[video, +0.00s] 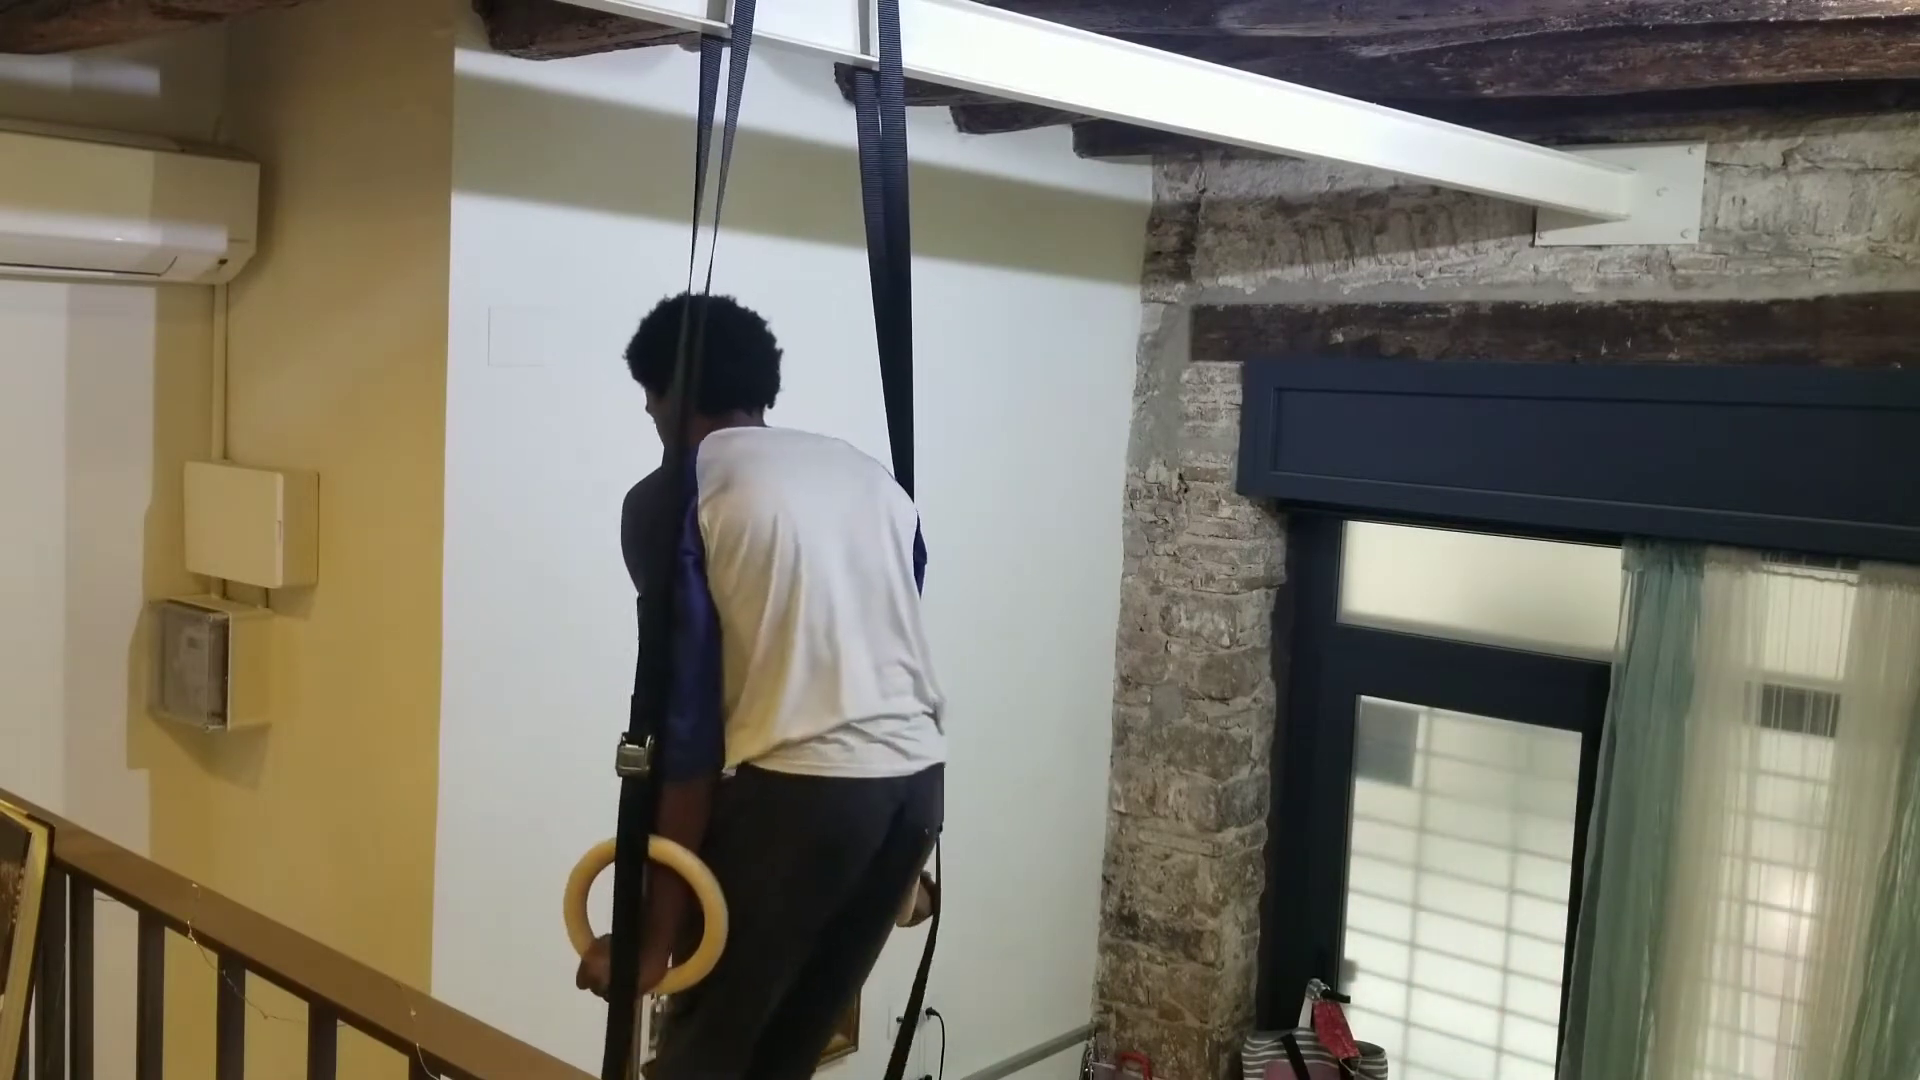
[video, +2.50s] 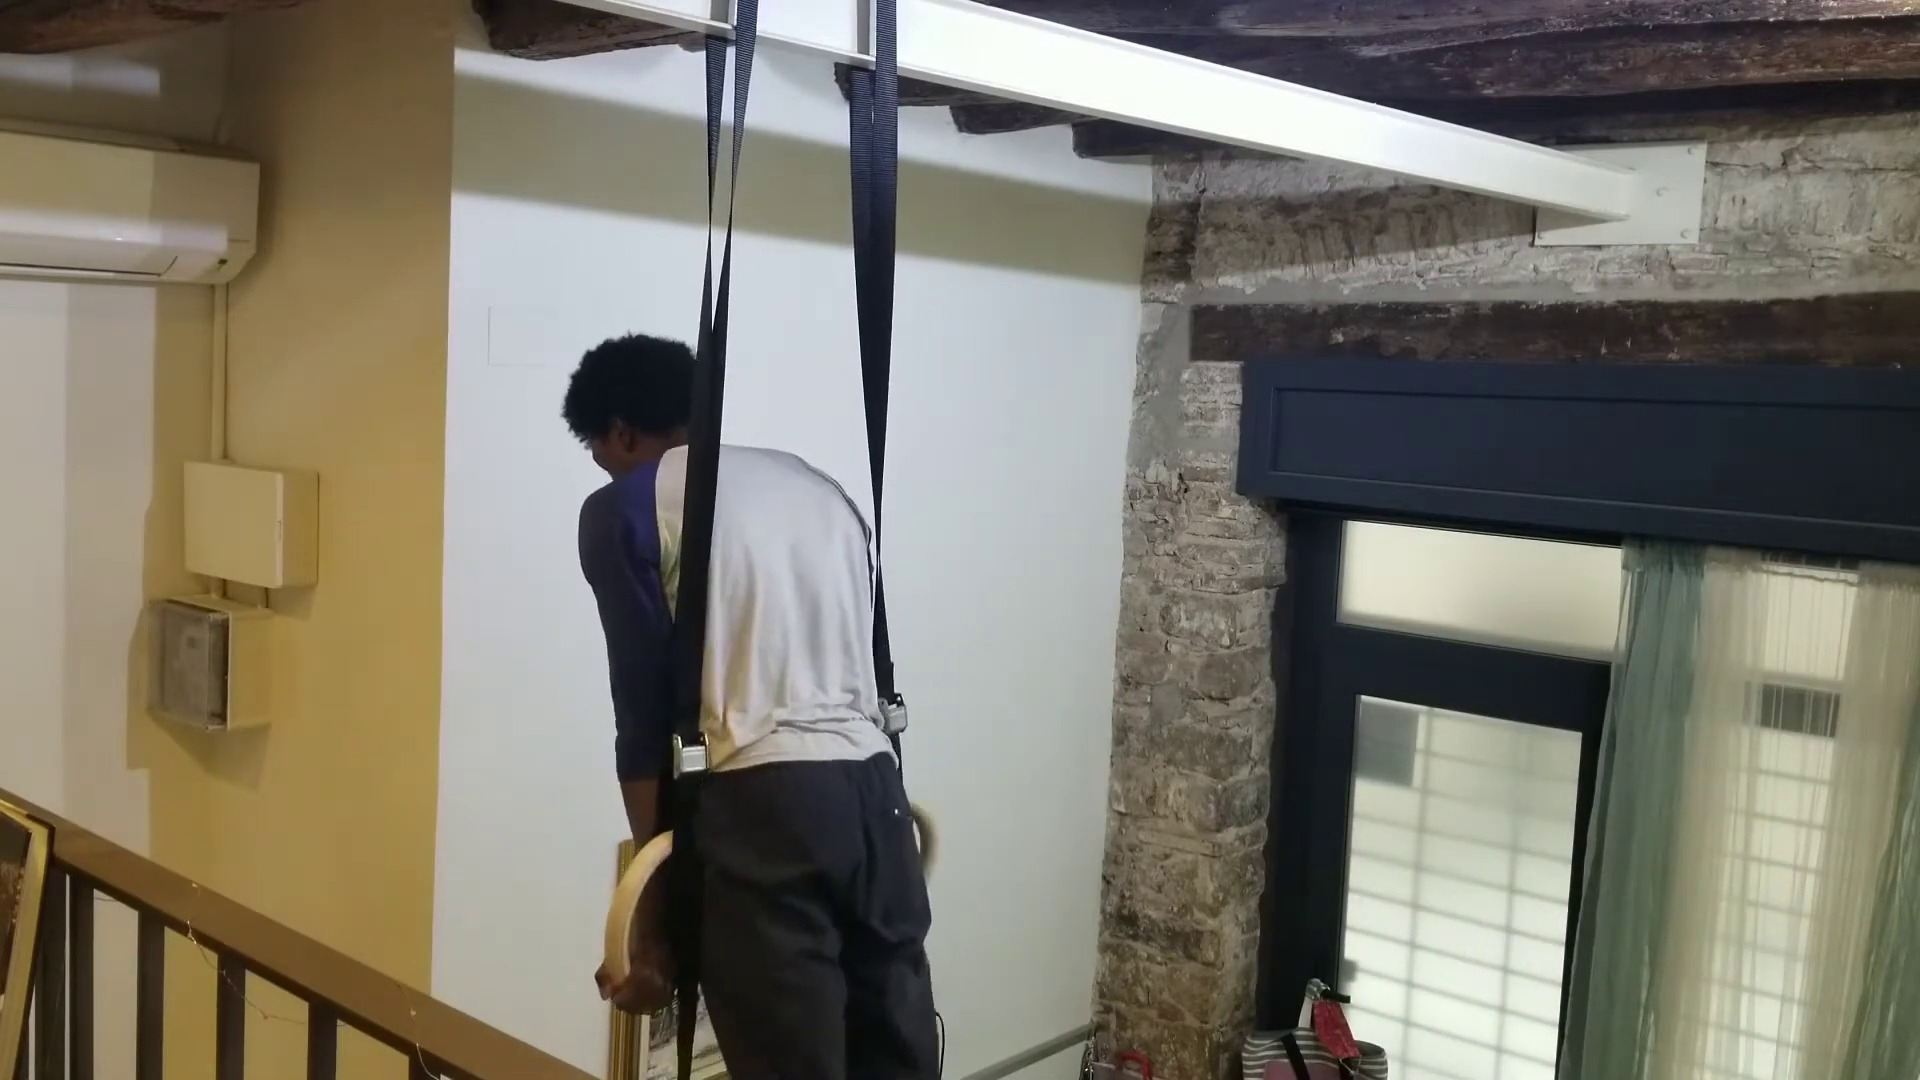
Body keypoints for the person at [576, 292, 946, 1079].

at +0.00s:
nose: (655, 418)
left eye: (653, 396)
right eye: (649, 399)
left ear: (679, 389)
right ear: (761, 384)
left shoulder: (673, 494)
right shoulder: (876, 480)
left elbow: (688, 724)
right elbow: (902, 654)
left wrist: (654, 937)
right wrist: (916, 853)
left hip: (792, 802)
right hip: (908, 804)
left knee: (703, 1050)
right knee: (789, 1053)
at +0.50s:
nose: (639, 444)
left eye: (635, 425)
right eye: (632, 427)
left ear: (659, 407)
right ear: (741, 395)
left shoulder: (671, 495)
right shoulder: (851, 462)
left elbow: (693, 727)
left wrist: (652, 934)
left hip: (824, 783)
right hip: (945, 771)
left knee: (806, 1057)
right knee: (915, 1055)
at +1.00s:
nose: (617, 448)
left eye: (613, 430)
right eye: (609, 432)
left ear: (640, 410)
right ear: (717, 391)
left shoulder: (646, 497)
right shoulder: (835, 471)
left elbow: (667, 678)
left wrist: (667, 861)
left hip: (782, 802)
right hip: (895, 787)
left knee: (779, 1058)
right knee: (877, 1059)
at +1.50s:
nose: (601, 429)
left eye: (596, 411)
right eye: (594, 412)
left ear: (619, 397)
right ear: (699, 382)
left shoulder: (617, 489)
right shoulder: (812, 470)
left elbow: (628, 693)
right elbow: (816, 661)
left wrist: (635, 895)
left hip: (730, 803)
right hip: (851, 794)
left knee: (739, 1060)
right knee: (831, 1059)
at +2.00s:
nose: (612, 456)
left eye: (607, 441)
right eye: (603, 444)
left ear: (628, 411)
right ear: (705, 394)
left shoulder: (630, 489)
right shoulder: (825, 474)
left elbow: (632, 692)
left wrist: (638, 886)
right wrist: (650, 913)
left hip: (740, 819)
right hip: (861, 813)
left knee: (743, 1063)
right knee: (834, 1063)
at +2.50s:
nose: (603, 467)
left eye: (599, 451)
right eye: (597, 453)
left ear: (622, 430)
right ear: (697, 410)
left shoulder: (623, 505)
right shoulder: (824, 486)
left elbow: (642, 696)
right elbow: (861, 663)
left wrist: (651, 895)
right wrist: (887, 801)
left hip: (761, 809)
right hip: (878, 798)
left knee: (789, 1057)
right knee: (903, 1054)